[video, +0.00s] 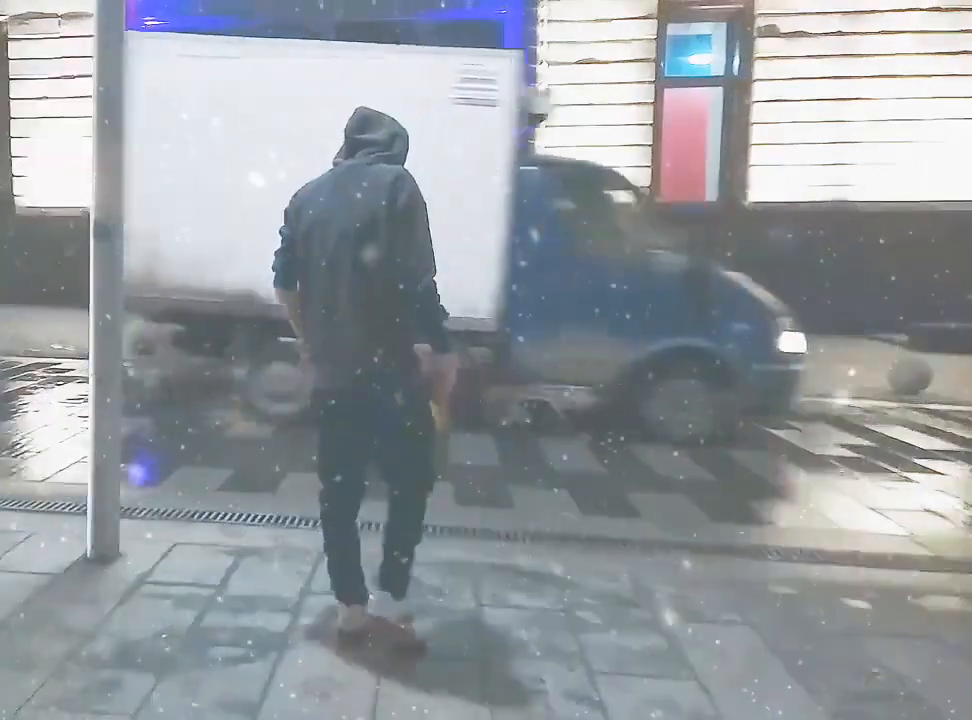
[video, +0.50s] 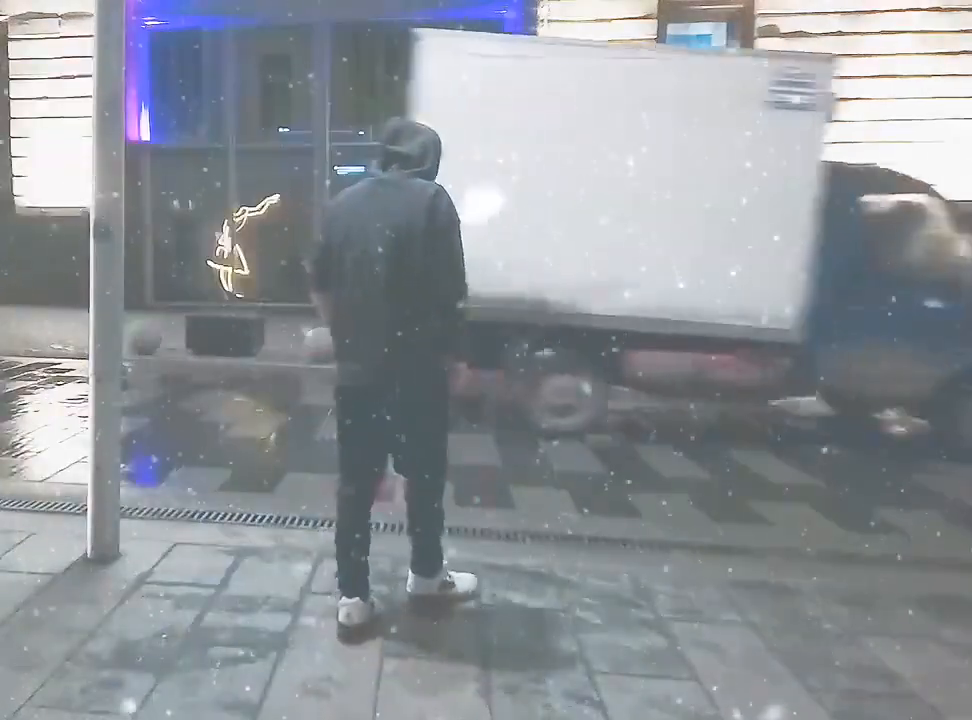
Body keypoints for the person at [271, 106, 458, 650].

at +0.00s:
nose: (400, 160)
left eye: (397, 153)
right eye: (399, 153)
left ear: (348, 146)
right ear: (394, 148)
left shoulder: (307, 196)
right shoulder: (397, 183)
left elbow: (284, 279)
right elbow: (417, 276)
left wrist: (307, 342)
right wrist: (438, 351)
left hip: (332, 368)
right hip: (391, 365)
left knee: (338, 490)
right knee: (412, 480)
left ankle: (351, 612)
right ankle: (392, 607)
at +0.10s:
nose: (405, 159)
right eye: (403, 152)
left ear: (350, 146)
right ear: (396, 148)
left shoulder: (311, 195)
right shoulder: (399, 185)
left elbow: (289, 275)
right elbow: (418, 277)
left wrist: (321, 327)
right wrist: (440, 347)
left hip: (332, 369)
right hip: (392, 366)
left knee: (340, 491)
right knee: (413, 481)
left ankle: (351, 605)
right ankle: (409, 597)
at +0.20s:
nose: (409, 161)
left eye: (406, 154)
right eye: (408, 154)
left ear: (356, 148)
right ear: (402, 150)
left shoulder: (316, 197)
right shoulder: (405, 189)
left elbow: (296, 277)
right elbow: (425, 281)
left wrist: (332, 323)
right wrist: (444, 352)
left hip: (337, 367)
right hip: (398, 366)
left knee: (343, 490)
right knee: (413, 480)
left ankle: (351, 606)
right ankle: (421, 590)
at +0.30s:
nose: (412, 162)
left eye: (410, 154)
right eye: (411, 155)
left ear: (360, 150)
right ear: (405, 152)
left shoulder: (321, 198)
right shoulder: (410, 190)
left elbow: (300, 278)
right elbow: (429, 278)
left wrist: (334, 325)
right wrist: (445, 349)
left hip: (342, 366)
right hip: (401, 363)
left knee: (345, 481)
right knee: (413, 473)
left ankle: (352, 603)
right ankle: (426, 580)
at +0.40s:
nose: (423, 165)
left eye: (420, 157)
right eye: (421, 158)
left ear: (370, 153)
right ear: (415, 155)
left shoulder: (331, 200)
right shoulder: (419, 195)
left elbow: (308, 277)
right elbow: (439, 283)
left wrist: (333, 329)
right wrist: (451, 354)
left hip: (349, 365)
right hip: (410, 362)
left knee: (350, 482)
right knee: (420, 472)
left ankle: (352, 601)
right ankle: (428, 573)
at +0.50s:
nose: (435, 170)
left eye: (432, 162)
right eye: (434, 163)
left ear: (383, 155)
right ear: (426, 159)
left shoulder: (342, 203)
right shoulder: (432, 200)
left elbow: (319, 277)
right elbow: (451, 287)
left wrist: (340, 332)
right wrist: (449, 346)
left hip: (357, 364)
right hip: (418, 362)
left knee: (355, 480)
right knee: (425, 473)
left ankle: (351, 598)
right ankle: (427, 574)